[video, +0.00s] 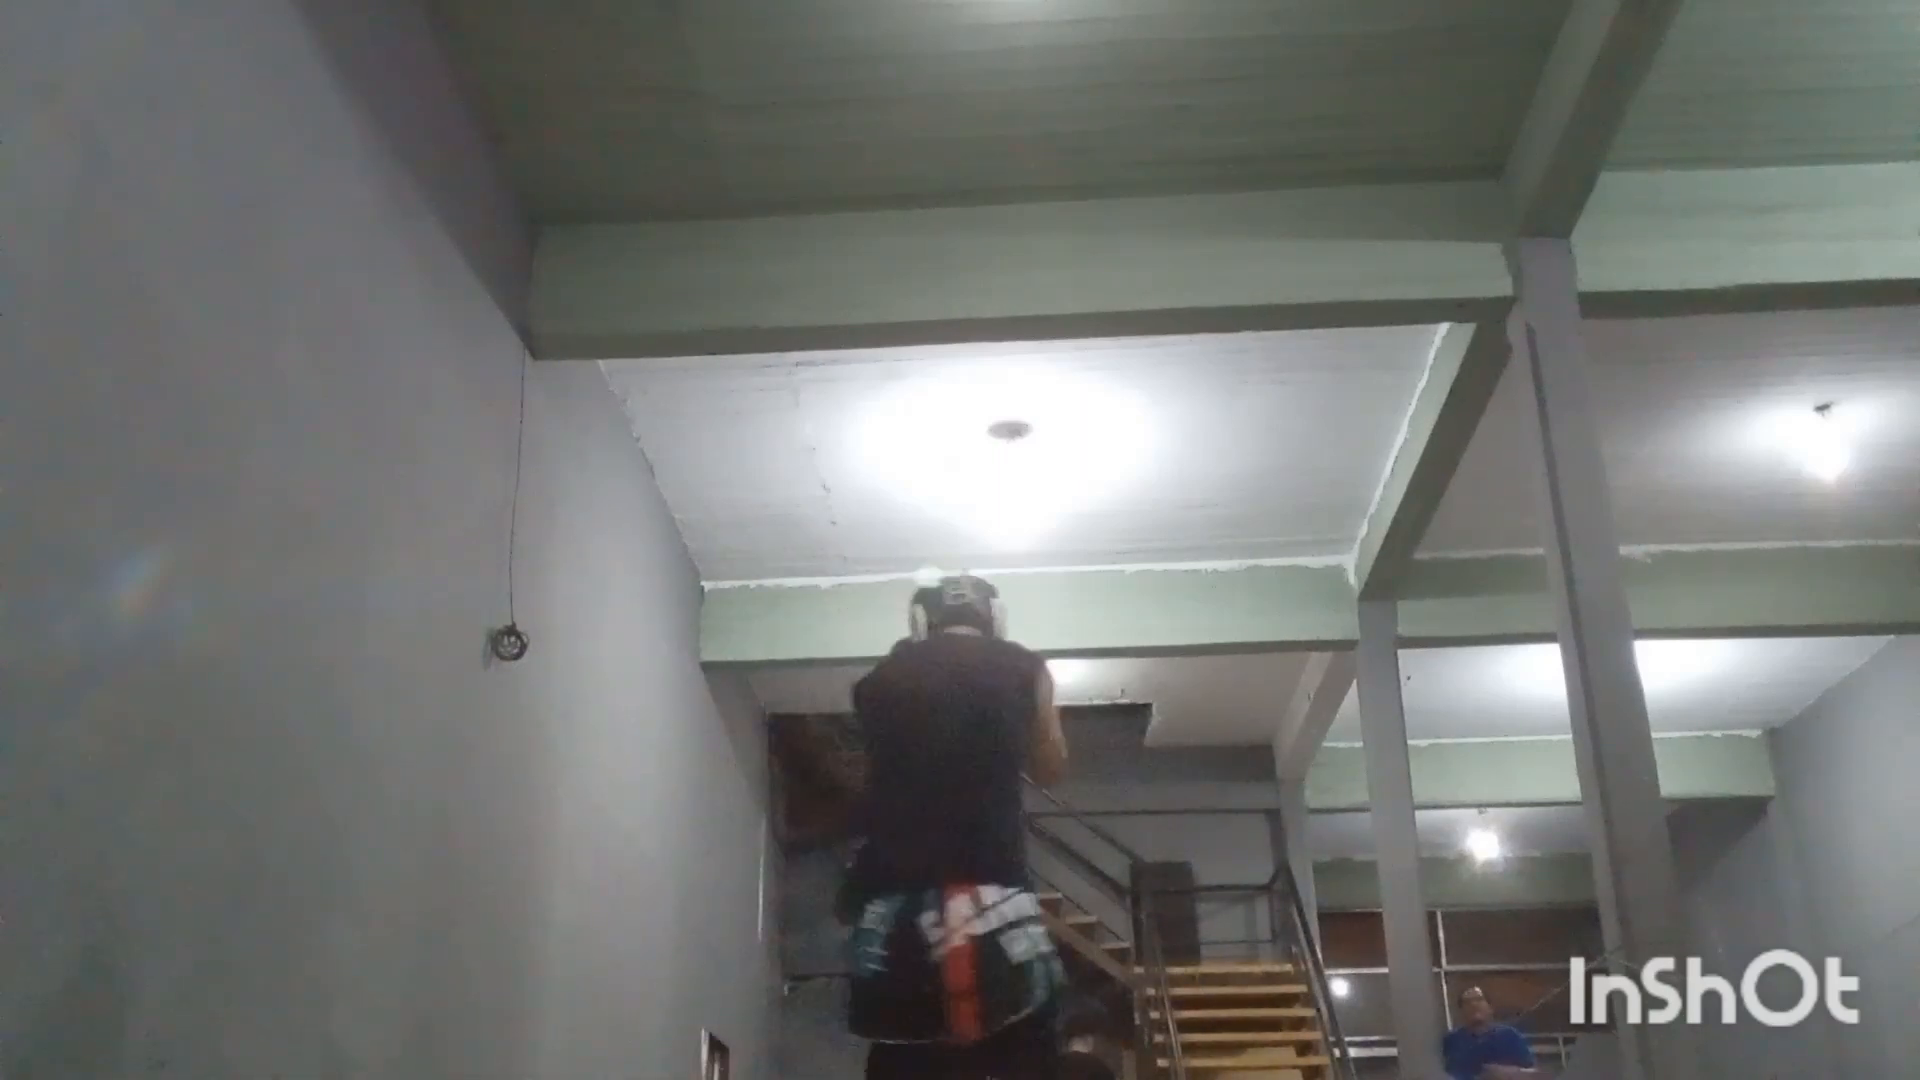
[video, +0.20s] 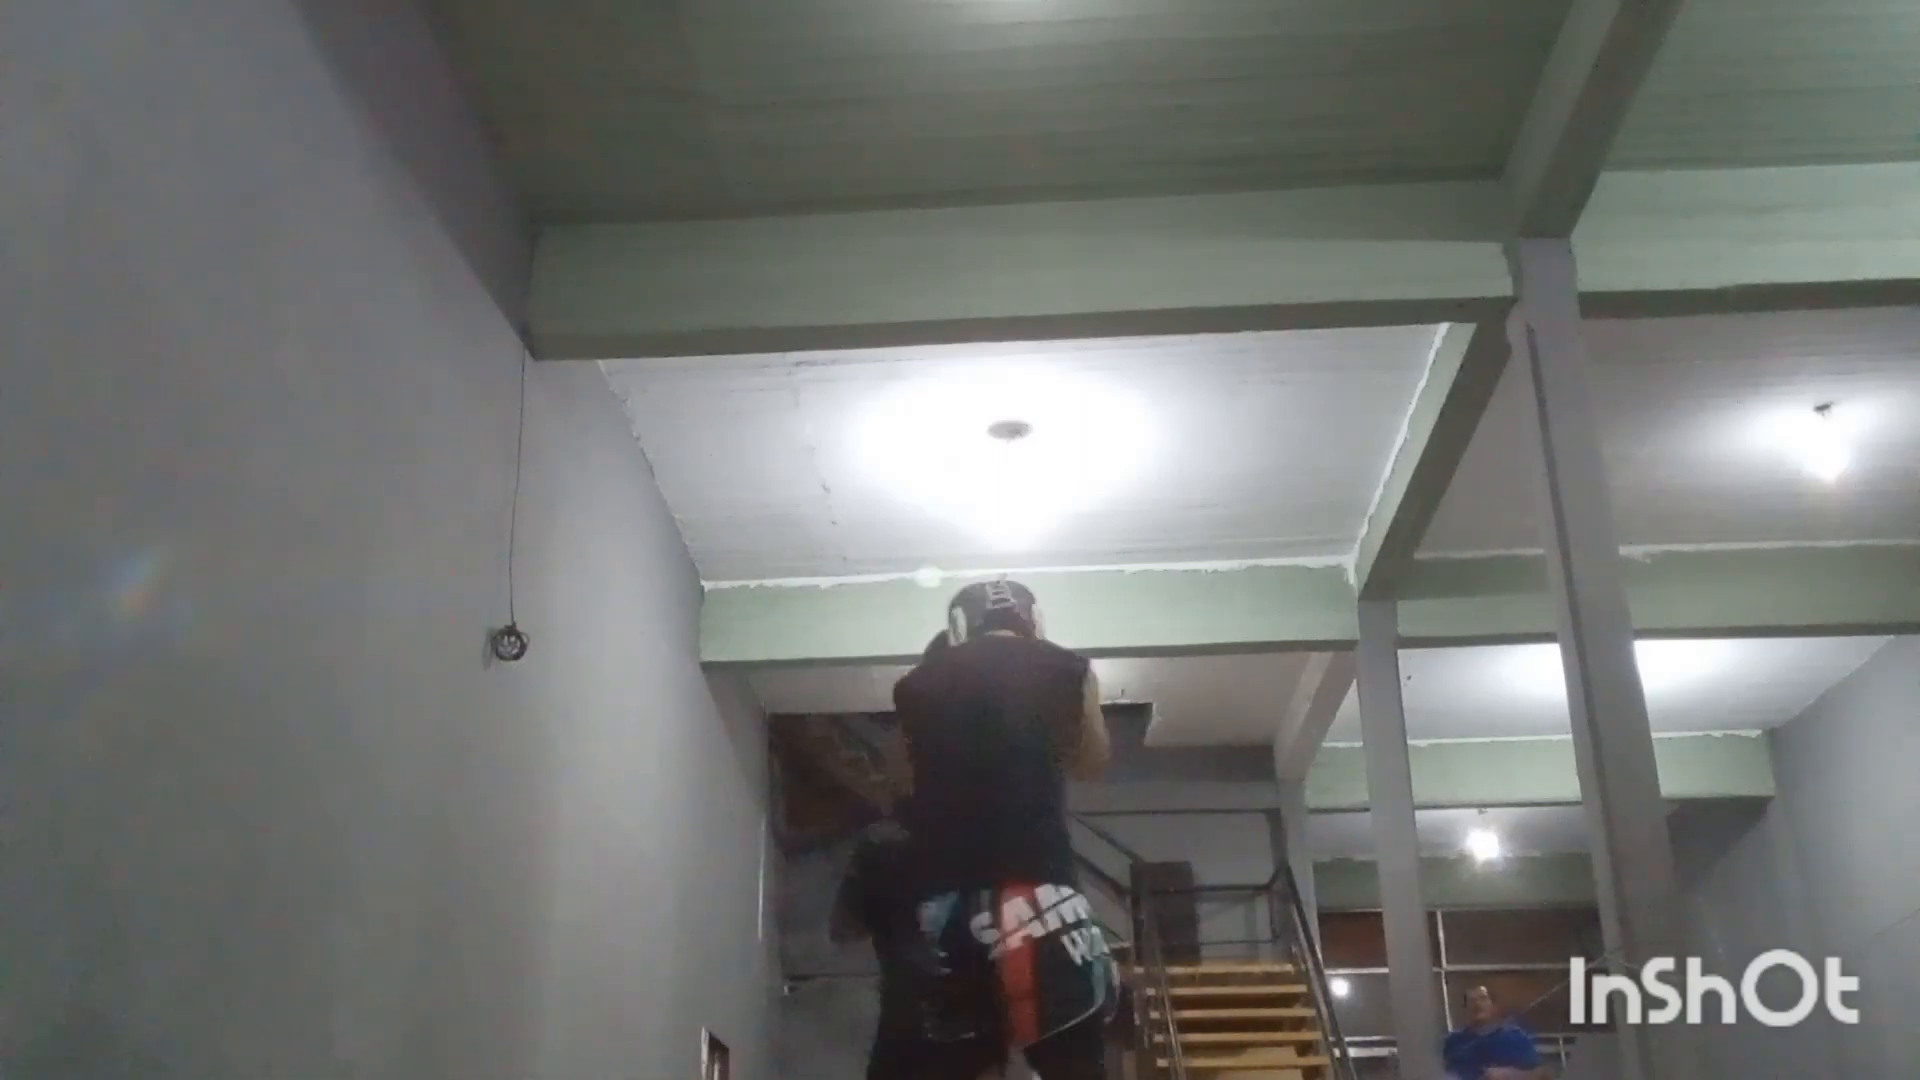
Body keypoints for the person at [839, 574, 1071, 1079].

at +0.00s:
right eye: (995, 611)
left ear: (924, 621)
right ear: (991, 619)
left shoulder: (879, 679)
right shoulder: (1023, 667)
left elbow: (875, 778)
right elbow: (1049, 768)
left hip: (890, 905)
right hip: (995, 902)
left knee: (900, 1061)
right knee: (1010, 1061)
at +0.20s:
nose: (1036, 626)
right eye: (1034, 619)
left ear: (963, 625)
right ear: (1030, 623)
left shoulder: (917, 685)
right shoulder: (1068, 670)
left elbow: (914, 781)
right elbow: (1092, 763)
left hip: (937, 907)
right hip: (1043, 902)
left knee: (942, 1068)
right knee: (1075, 1067)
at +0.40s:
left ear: (989, 625)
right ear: (1054, 620)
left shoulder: (942, 687)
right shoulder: (1094, 667)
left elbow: (898, 786)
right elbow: (1125, 760)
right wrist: (1072, 730)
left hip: (972, 892)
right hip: (1073, 885)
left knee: (1003, 1063)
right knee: (1120, 1058)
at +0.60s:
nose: (995, 635)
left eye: (996, 626)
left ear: (1006, 624)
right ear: (1077, 622)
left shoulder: (964, 687)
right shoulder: (1117, 672)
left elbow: (897, 777)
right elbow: (1148, 770)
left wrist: (947, 744)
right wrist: (1098, 721)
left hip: (996, 917)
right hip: (1097, 914)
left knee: (1020, 1068)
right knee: (1126, 1069)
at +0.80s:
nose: (1013, 640)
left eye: (1013, 631)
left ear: (1025, 629)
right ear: (1096, 629)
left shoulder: (983, 688)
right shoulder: (1137, 683)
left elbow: (917, 783)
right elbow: (1159, 790)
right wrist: (1108, 749)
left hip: (1013, 918)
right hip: (1115, 914)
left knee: (1017, 1066)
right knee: (1144, 1067)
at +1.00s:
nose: (1009, 648)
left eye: (1009, 641)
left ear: (1017, 642)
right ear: (1083, 636)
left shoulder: (977, 698)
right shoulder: (1127, 681)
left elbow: (934, 798)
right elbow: (1161, 779)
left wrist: (939, 757)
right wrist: (1106, 739)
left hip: (1012, 904)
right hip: (1112, 896)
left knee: (1029, 1059)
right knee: (1126, 1060)